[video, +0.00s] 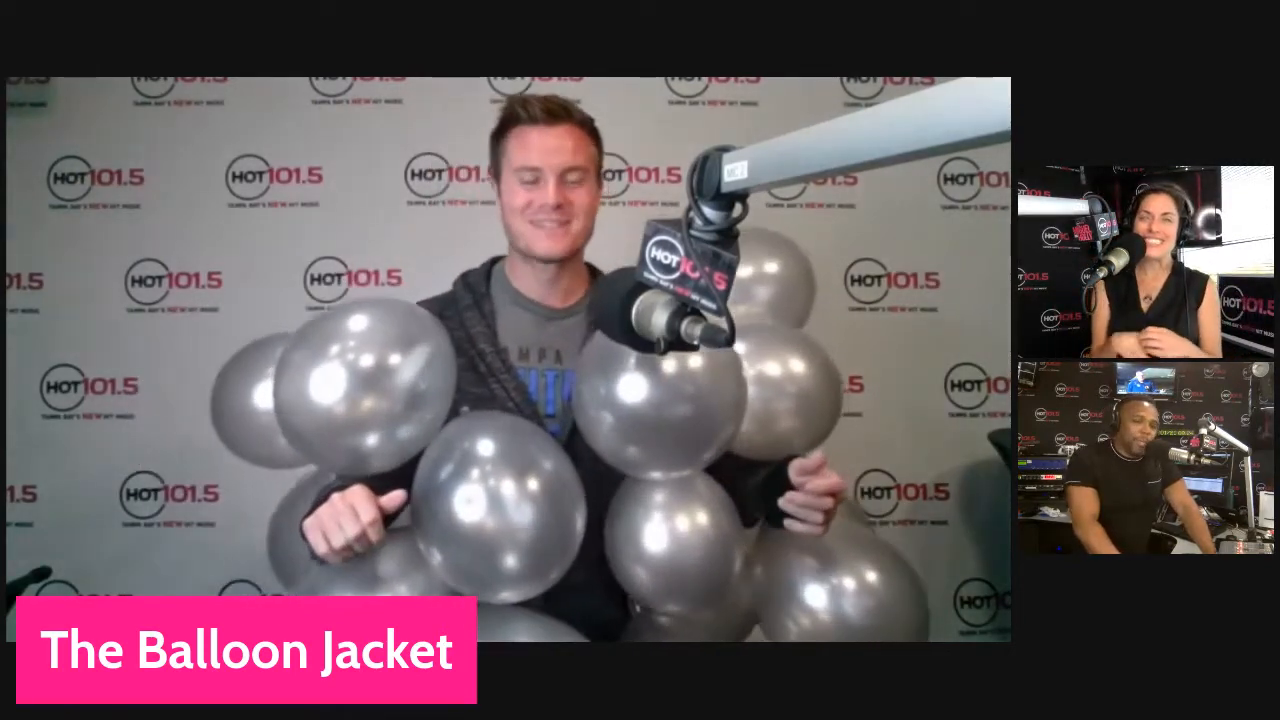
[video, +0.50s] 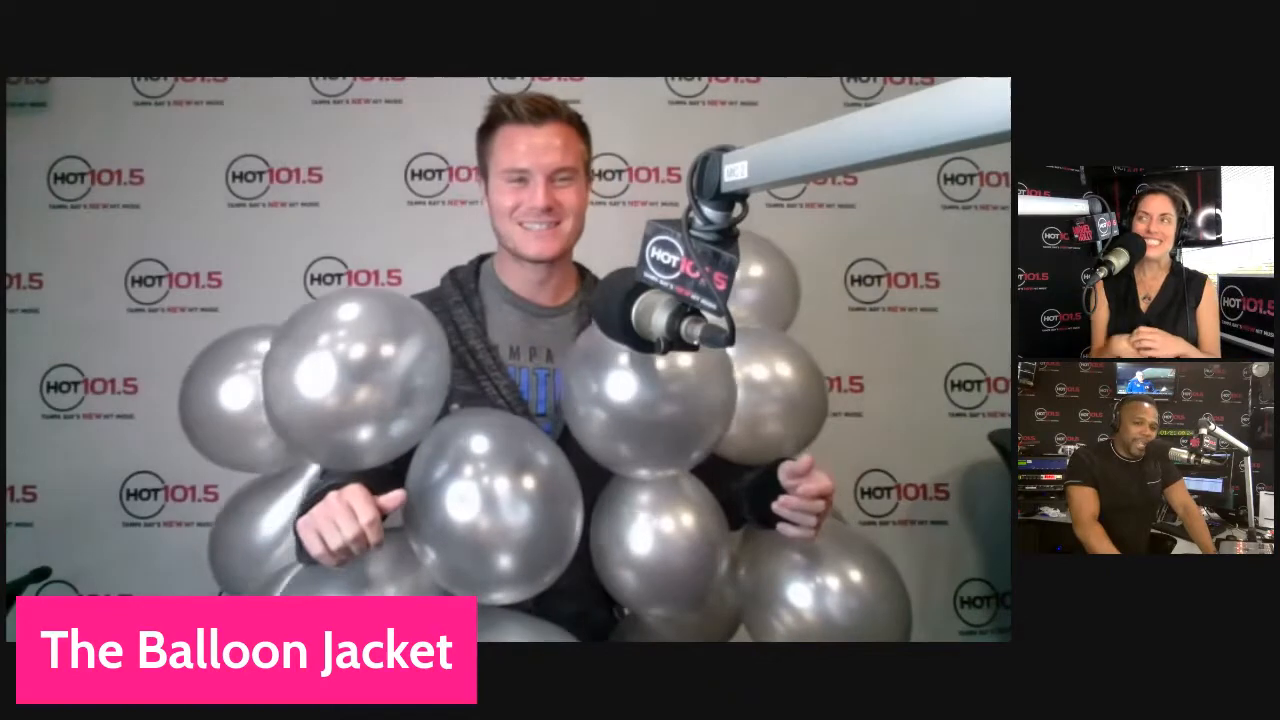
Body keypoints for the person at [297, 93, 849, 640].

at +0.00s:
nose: (552, 199)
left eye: (573, 178)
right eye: (528, 178)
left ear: (599, 191)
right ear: (497, 190)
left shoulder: (654, 320)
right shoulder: (432, 331)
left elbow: (711, 460)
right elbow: (369, 449)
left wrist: (783, 490)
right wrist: (337, 502)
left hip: (637, 622)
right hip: (488, 617)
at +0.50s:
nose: (543, 201)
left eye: (563, 178)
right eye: (517, 180)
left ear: (588, 189)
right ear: (485, 191)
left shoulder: (641, 321)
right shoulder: (420, 330)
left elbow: (693, 465)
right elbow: (363, 452)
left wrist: (770, 493)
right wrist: (332, 506)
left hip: (626, 625)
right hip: (475, 623)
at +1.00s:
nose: (550, 203)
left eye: (570, 181)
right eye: (526, 183)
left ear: (597, 192)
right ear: (494, 194)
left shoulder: (651, 318)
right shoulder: (433, 331)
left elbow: (707, 458)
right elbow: (380, 447)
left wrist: (780, 493)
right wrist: (350, 503)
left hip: (639, 617)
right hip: (487, 616)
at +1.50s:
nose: (552, 199)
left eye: (571, 179)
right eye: (530, 181)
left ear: (598, 193)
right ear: (501, 197)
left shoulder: (652, 317)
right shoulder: (445, 334)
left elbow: (704, 455)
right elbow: (396, 448)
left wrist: (782, 487)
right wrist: (357, 498)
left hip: (638, 611)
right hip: (493, 611)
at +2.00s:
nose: (550, 201)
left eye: (570, 182)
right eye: (529, 184)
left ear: (599, 197)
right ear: (501, 203)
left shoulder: (656, 322)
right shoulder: (442, 338)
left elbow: (707, 465)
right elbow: (408, 475)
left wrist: (795, 483)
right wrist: (344, 510)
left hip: (649, 618)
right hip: (504, 615)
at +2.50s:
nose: (552, 205)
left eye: (571, 186)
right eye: (530, 188)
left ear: (595, 199)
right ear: (497, 204)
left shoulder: (650, 324)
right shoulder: (445, 334)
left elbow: (717, 459)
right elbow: (399, 471)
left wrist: (837, 454)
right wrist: (285, 510)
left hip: (644, 610)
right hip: (499, 607)